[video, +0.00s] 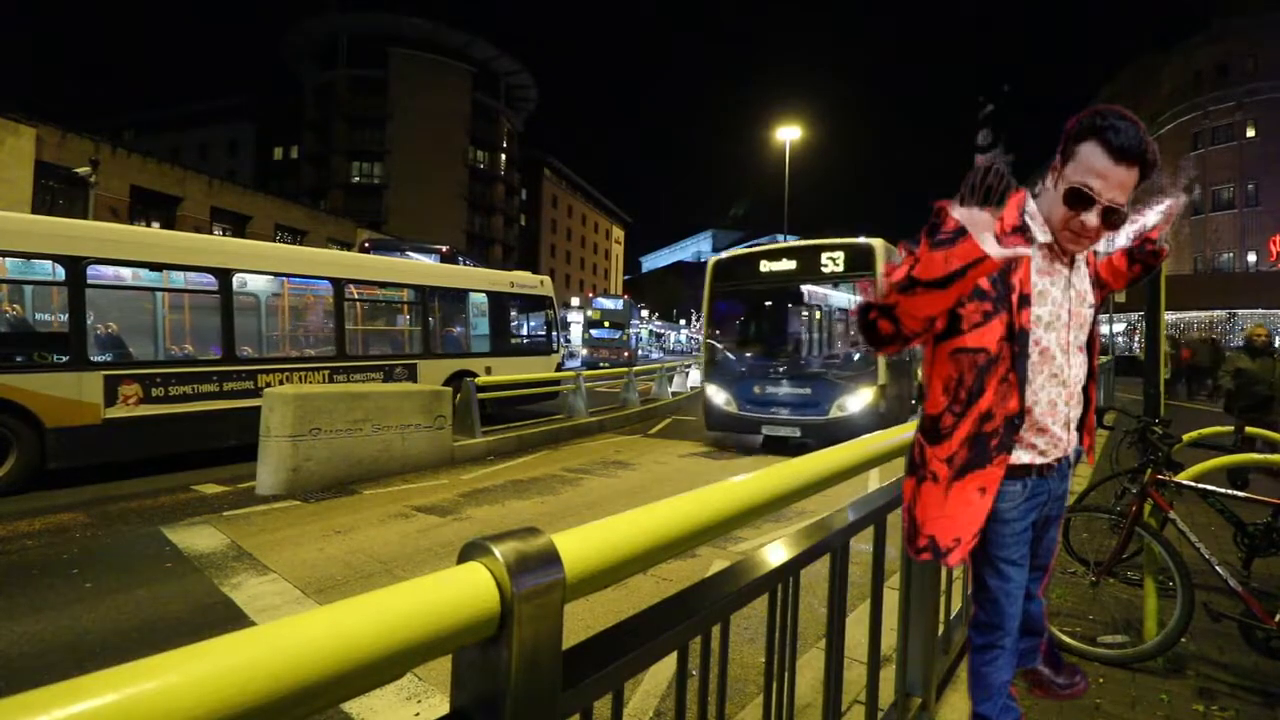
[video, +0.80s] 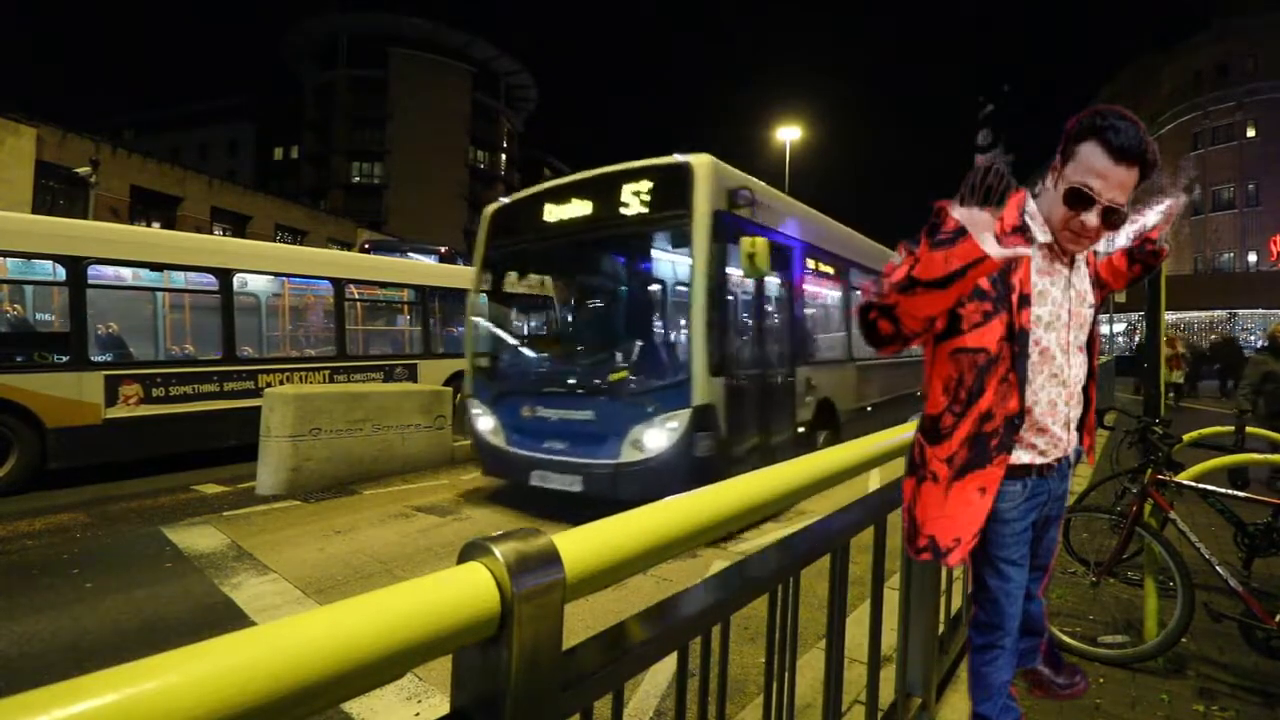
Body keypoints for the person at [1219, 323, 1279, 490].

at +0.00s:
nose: (1262, 339)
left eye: (1266, 336)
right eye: (1257, 336)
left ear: (1270, 339)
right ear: (1249, 338)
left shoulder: (1273, 359)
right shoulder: (1237, 356)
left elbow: (1276, 381)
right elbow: (1224, 375)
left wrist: (1274, 396)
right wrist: (1230, 389)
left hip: (1270, 407)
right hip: (1244, 407)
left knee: (1273, 442)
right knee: (1244, 444)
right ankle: (1240, 477)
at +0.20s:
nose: (1274, 340)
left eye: (1277, 337)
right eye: (1270, 337)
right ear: (1261, 338)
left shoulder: (1277, 360)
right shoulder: (1248, 358)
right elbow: (1231, 379)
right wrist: (1243, 391)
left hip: (1274, 411)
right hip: (1250, 411)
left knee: (1275, 446)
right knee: (1247, 446)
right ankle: (1240, 476)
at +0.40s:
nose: (1278, 337)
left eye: (1279, 333)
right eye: (1275, 333)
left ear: (1279, 335)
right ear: (1266, 335)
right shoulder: (1255, 357)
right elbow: (1238, 384)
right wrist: (1244, 405)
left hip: (1275, 411)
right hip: (1260, 410)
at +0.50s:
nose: (1278, 337)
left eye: (1279, 334)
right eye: (1276, 333)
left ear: (1278, 336)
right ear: (1268, 336)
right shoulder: (1257, 358)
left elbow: (1239, 383)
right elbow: (1239, 384)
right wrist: (1240, 406)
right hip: (1265, 412)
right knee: (1268, 444)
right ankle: (1267, 474)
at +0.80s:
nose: (1279, 337)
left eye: (1279, 333)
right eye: (1277, 333)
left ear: (1273, 337)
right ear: (1271, 336)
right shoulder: (1261, 360)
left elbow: (1247, 386)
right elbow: (1246, 386)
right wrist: (1244, 409)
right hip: (1268, 413)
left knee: (1274, 447)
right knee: (1273, 447)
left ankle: (1274, 477)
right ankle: (1273, 477)